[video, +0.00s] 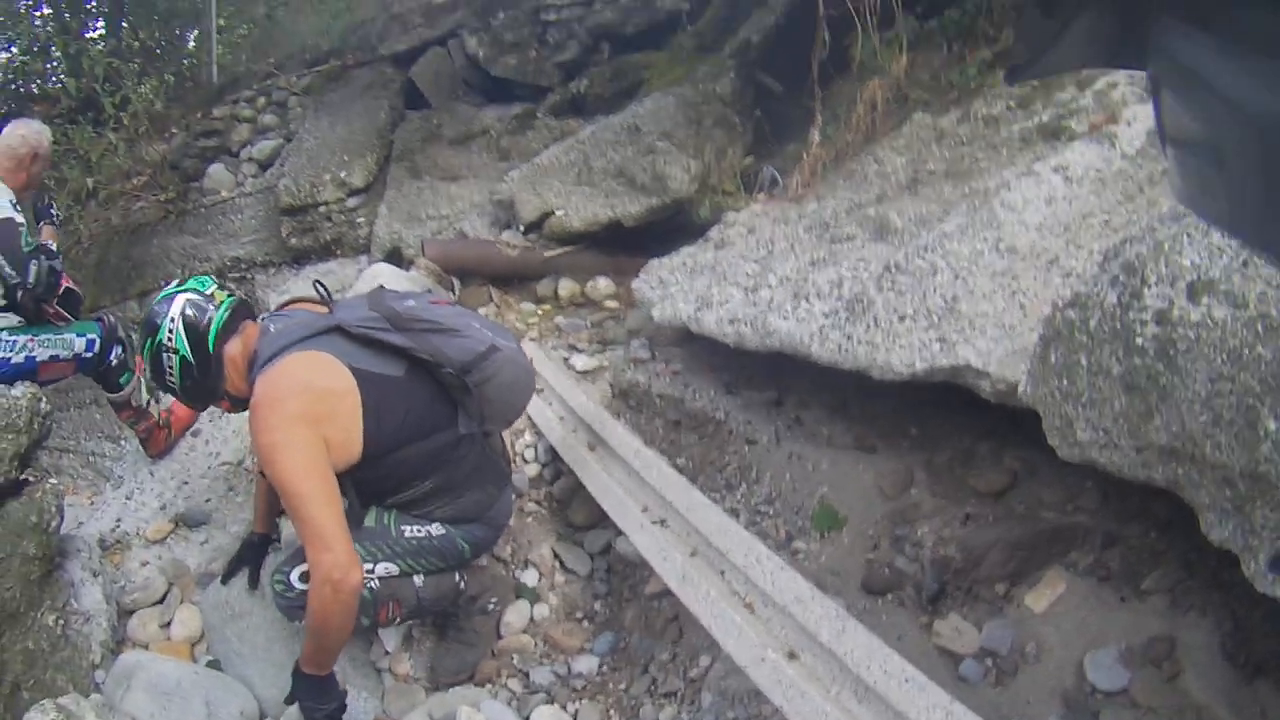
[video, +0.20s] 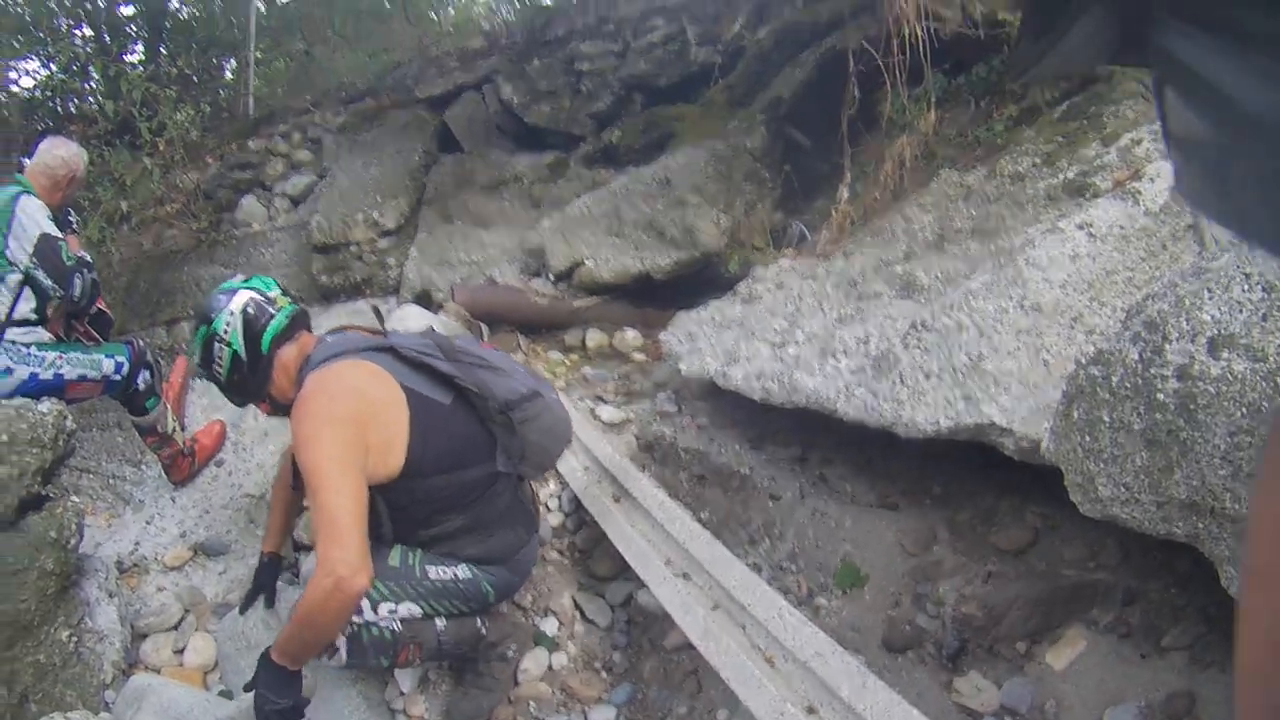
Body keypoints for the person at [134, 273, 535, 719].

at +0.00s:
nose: (217, 404)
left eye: (206, 392)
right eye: (204, 396)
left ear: (209, 369)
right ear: (235, 314)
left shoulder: (279, 413)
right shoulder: (298, 311)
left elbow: (341, 575)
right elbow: (279, 442)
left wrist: (314, 676)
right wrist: (261, 531)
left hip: (458, 519)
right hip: (469, 443)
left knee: (290, 585)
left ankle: (462, 592)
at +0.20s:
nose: (261, 408)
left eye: (251, 395)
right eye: (251, 398)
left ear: (257, 380)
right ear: (296, 323)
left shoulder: (323, 408)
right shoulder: (346, 342)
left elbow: (345, 578)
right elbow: (299, 458)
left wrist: (281, 663)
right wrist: (271, 554)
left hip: (485, 565)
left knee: (317, 626)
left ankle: (478, 637)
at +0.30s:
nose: (271, 405)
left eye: (262, 390)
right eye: (258, 395)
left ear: (270, 362)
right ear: (309, 328)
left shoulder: (335, 404)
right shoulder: (352, 357)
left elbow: (323, 563)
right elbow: (297, 456)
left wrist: (237, 629)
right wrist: (252, 539)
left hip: (481, 576)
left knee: (303, 622)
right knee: (313, 475)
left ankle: (472, 650)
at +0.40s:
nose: (237, 319)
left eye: (226, 302)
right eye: (225, 308)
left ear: (238, 278)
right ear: (275, 243)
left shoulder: (308, 315)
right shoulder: (322, 274)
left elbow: (270, 474)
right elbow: (271, 370)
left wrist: (175, 517)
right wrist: (215, 442)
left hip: (434, 507)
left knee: (261, 560)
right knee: (280, 405)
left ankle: (424, 588)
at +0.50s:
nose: (216, 240)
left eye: (210, 222)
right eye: (207, 226)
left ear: (230, 200)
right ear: (266, 180)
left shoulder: (292, 245)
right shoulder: (305, 221)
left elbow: (224, 396)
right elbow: (245, 310)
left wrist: (135, 406)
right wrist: (177, 367)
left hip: (380, 458)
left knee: (204, 501)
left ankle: (363, 542)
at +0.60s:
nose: (259, 169)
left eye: (256, 150)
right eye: (251, 153)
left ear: (278, 125)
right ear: (314, 113)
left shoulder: (320, 185)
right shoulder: (346, 167)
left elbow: (222, 323)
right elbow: (252, 258)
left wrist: (160, 296)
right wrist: (181, 289)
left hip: (370, 422)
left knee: (181, 425)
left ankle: (335, 502)